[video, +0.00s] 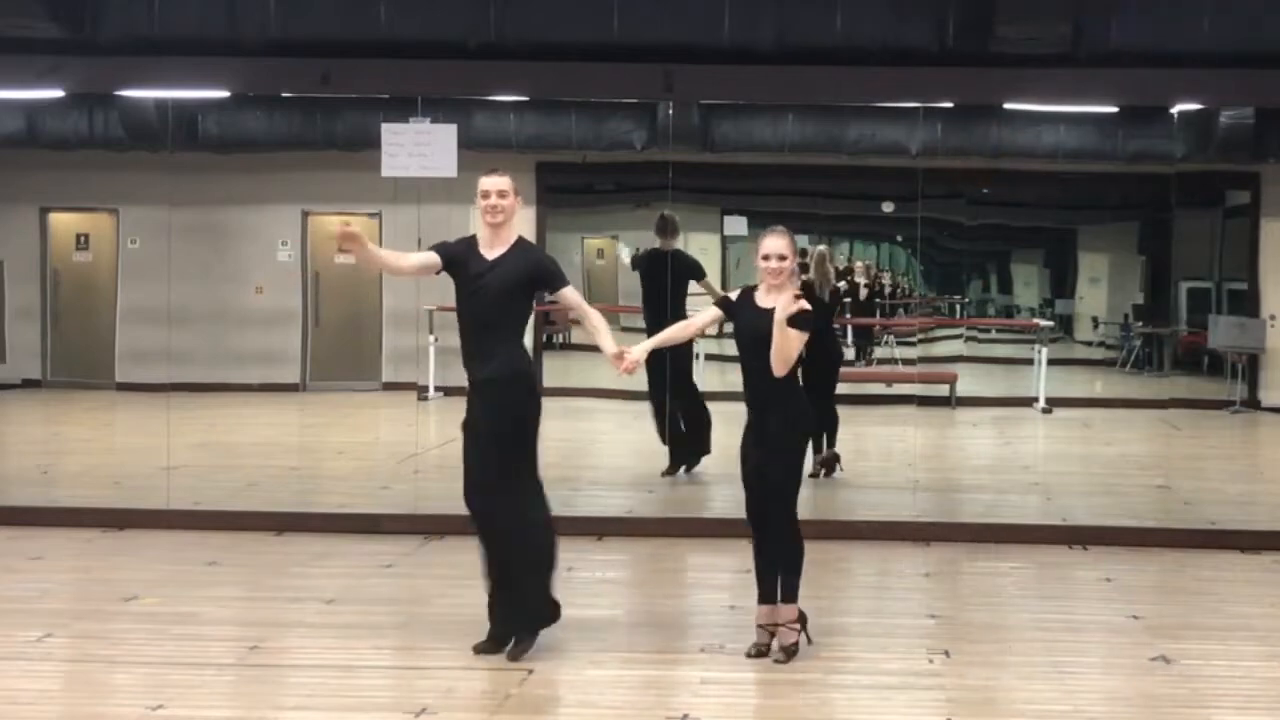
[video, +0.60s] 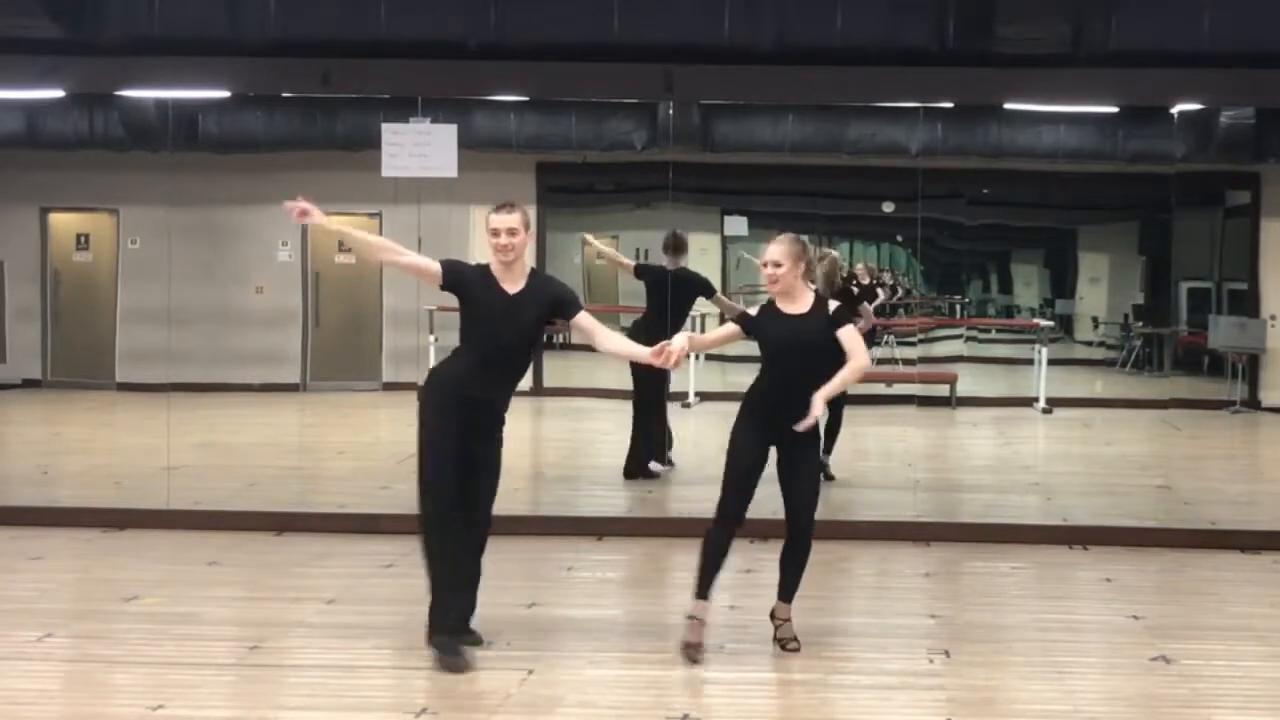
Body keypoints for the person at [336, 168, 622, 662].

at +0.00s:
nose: (494, 202)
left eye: (502, 195)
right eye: (486, 195)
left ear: (517, 203)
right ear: (476, 203)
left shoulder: (531, 258)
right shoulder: (460, 251)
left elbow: (584, 310)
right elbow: (408, 264)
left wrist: (611, 348)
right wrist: (366, 250)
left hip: (515, 389)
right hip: (481, 389)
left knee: (512, 496)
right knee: (481, 499)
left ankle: (533, 608)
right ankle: (505, 614)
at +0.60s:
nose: (505, 241)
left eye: (513, 232)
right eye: (496, 233)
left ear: (529, 237)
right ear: (487, 237)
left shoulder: (549, 292)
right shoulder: (468, 278)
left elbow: (601, 335)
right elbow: (396, 254)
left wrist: (650, 354)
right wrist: (327, 223)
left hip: (489, 413)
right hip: (445, 403)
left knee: (476, 518)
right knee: (443, 514)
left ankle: (457, 621)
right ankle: (443, 629)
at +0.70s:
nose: (502, 248)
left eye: (510, 240)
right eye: (494, 242)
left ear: (527, 244)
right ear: (486, 247)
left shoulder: (550, 301)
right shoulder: (470, 285)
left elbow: (605, 342)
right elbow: (397, 252)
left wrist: (657, 356)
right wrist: (339, 216)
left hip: (487, 426)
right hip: (439, 411)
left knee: (478, 528)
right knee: (403, 508)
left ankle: (449, 622)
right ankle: (370, 623)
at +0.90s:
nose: (495, 252)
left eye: (504, 244)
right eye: (487, 245)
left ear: (521, 248)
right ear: (479, 250)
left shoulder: (543, 304)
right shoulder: (465, 289)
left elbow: (602, 340)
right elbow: (407, 258)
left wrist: (657, 354)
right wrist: (384, 223)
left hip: (498, 437)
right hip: (446, 427)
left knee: (488, 532)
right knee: (406, 514)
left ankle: (450, 620)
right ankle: (352, 586)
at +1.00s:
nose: (497, 246)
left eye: (506, 239)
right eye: (490, 239)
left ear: (521, 245)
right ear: (480, 245)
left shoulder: (539, 303)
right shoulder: (462, 292)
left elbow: (594, 342)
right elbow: (386, 287)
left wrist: (638, 358)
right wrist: (387, 227)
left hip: (500, 426)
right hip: (456, 421)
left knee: (471, 519)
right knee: (438, 520)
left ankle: (461, 619)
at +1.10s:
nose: (497, 243)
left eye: (506, 235)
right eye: (490, 236)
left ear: (522, 242)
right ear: (481, 242)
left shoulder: (538, 302)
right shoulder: (462, 291)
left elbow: (588, 348)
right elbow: (426, 319)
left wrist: (620, 363)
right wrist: (395, 262)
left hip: (499, 421)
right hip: (476, 419)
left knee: (432, 516)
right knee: (502, 520)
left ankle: (490, 603)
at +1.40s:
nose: (494, 225)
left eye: (503, 218)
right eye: (487, 218)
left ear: (519, 228)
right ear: (477, 227)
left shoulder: (530, 292)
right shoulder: (452, 279)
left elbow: (571, 343)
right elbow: (385, 304)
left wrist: (607, 365)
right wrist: (357, 320)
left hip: (509, 415)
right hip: (463, 413)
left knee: (495, 520)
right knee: (451, 520)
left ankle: (498, 620)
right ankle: (499, 576)